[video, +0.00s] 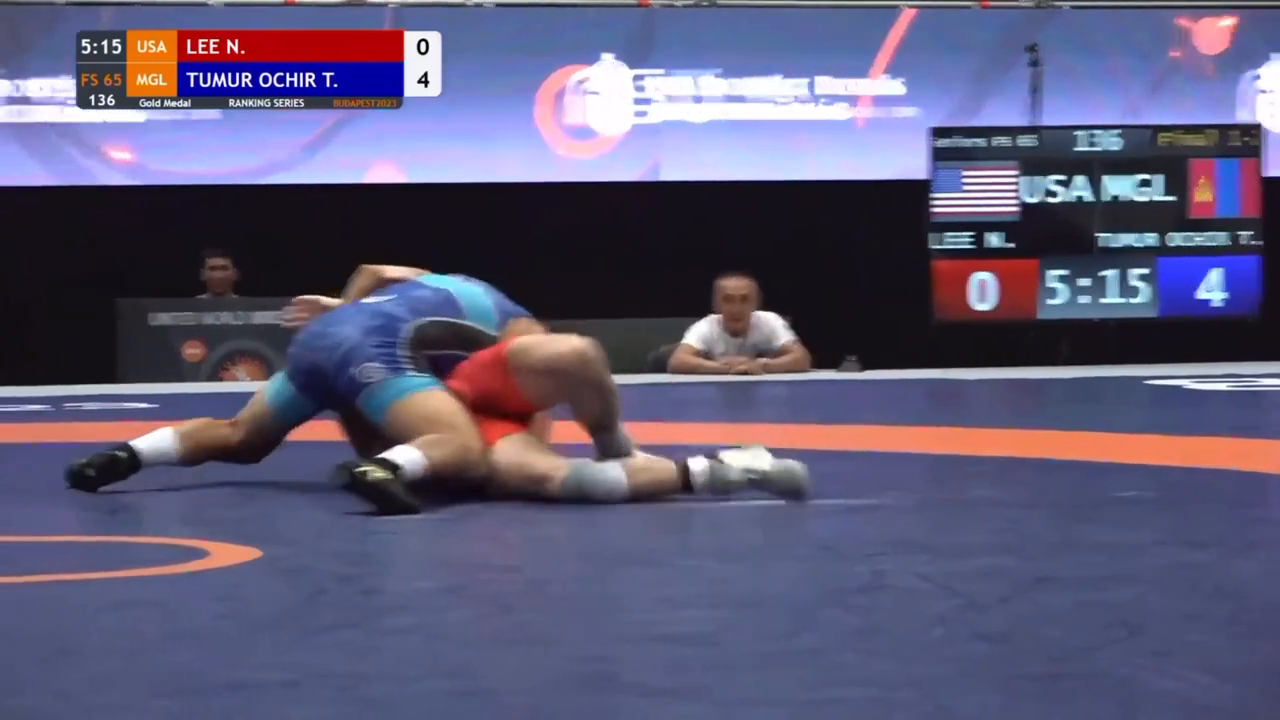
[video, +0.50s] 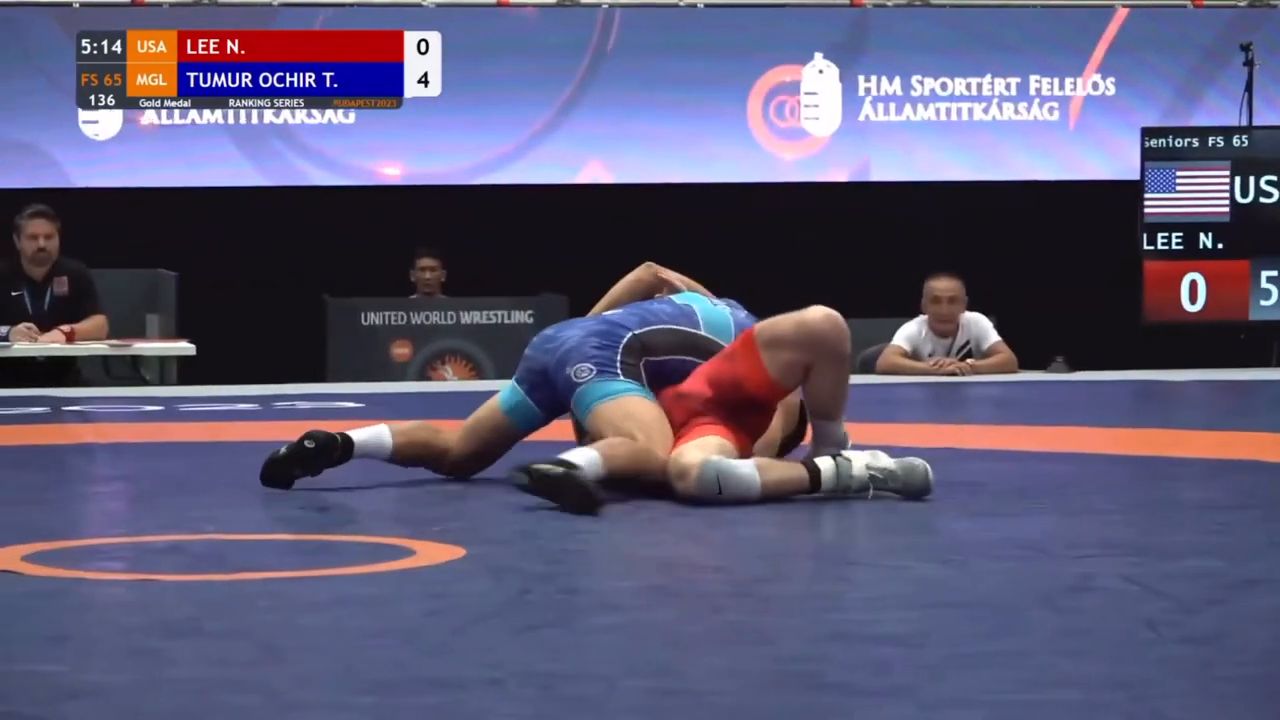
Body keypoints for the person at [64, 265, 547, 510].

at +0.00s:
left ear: (489, 297)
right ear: (517, 333)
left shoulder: (450, 289)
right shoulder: (513, 325)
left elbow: (375, 269)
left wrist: (341, 308)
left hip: (316, 336)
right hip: (372, 336)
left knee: (243, 437)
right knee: (463, 445)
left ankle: (131, 452)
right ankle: (394, 468)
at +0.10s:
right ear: (630, 348)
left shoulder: (552, 305)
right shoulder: (603, 343)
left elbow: (465, 275)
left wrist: (422, 347)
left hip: (407, 342)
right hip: (458, 351)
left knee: (319, 430)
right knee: (540, 453)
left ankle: (214, 446)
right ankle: (475, 474)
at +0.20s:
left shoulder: (639, 308)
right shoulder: (693, 345)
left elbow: (568, 271)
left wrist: (516, 337)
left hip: (502, 342)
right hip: (555, 348)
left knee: (404, 442)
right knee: (612, 451)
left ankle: (290, 444)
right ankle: (552, 473)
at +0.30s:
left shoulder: (693, 311)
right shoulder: (753, 366)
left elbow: (631, 272)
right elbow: (764, 453)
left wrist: (562, 339)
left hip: (553, 344)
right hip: (608, 357)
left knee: (448, 450)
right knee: (643, 454)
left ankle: (330, 449)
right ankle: (583, 474)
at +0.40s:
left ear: (753, 320)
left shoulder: (711, 313)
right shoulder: (767, 369)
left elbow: (646, 273)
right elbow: (768, 453)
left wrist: (575, 334)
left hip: (554, 347)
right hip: (606, 359)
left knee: (463, 450)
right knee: (648, 452)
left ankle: (350, 447)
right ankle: (587, 475)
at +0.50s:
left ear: (752, 320)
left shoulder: (723, 309)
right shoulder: (776, 362)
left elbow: (653, 269)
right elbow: (783, 428)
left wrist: (587, 326)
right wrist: (757, 467)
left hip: (552, 339)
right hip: (611, 346)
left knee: (461, 450)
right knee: (648, 451)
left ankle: (343, 441)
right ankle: (573, 465)